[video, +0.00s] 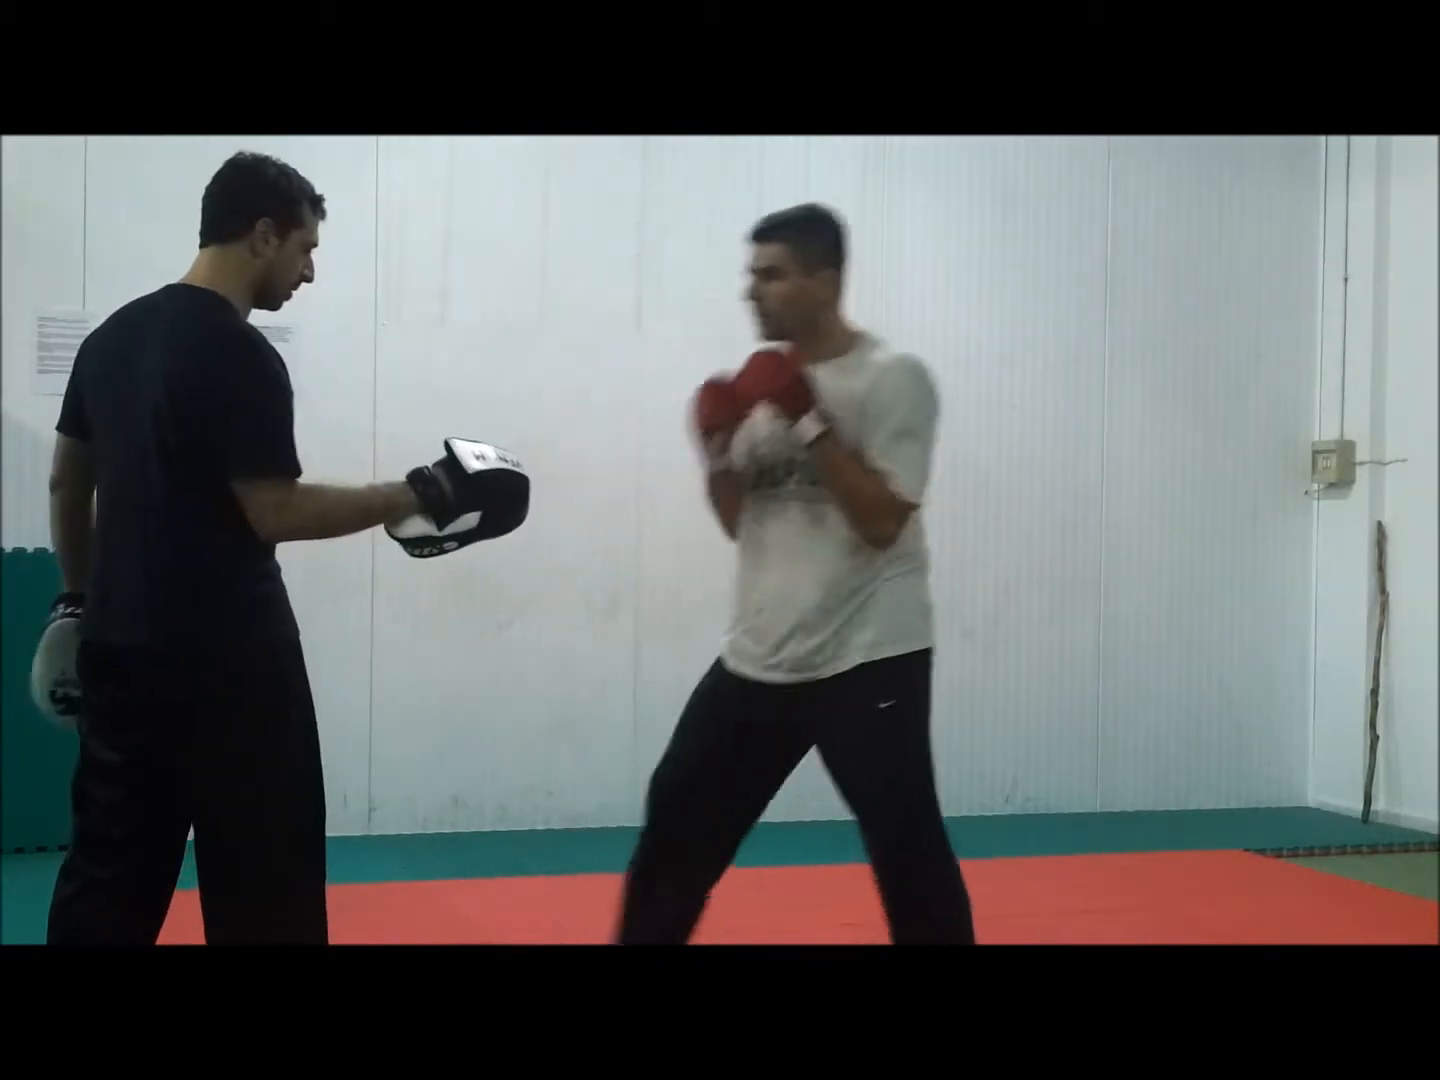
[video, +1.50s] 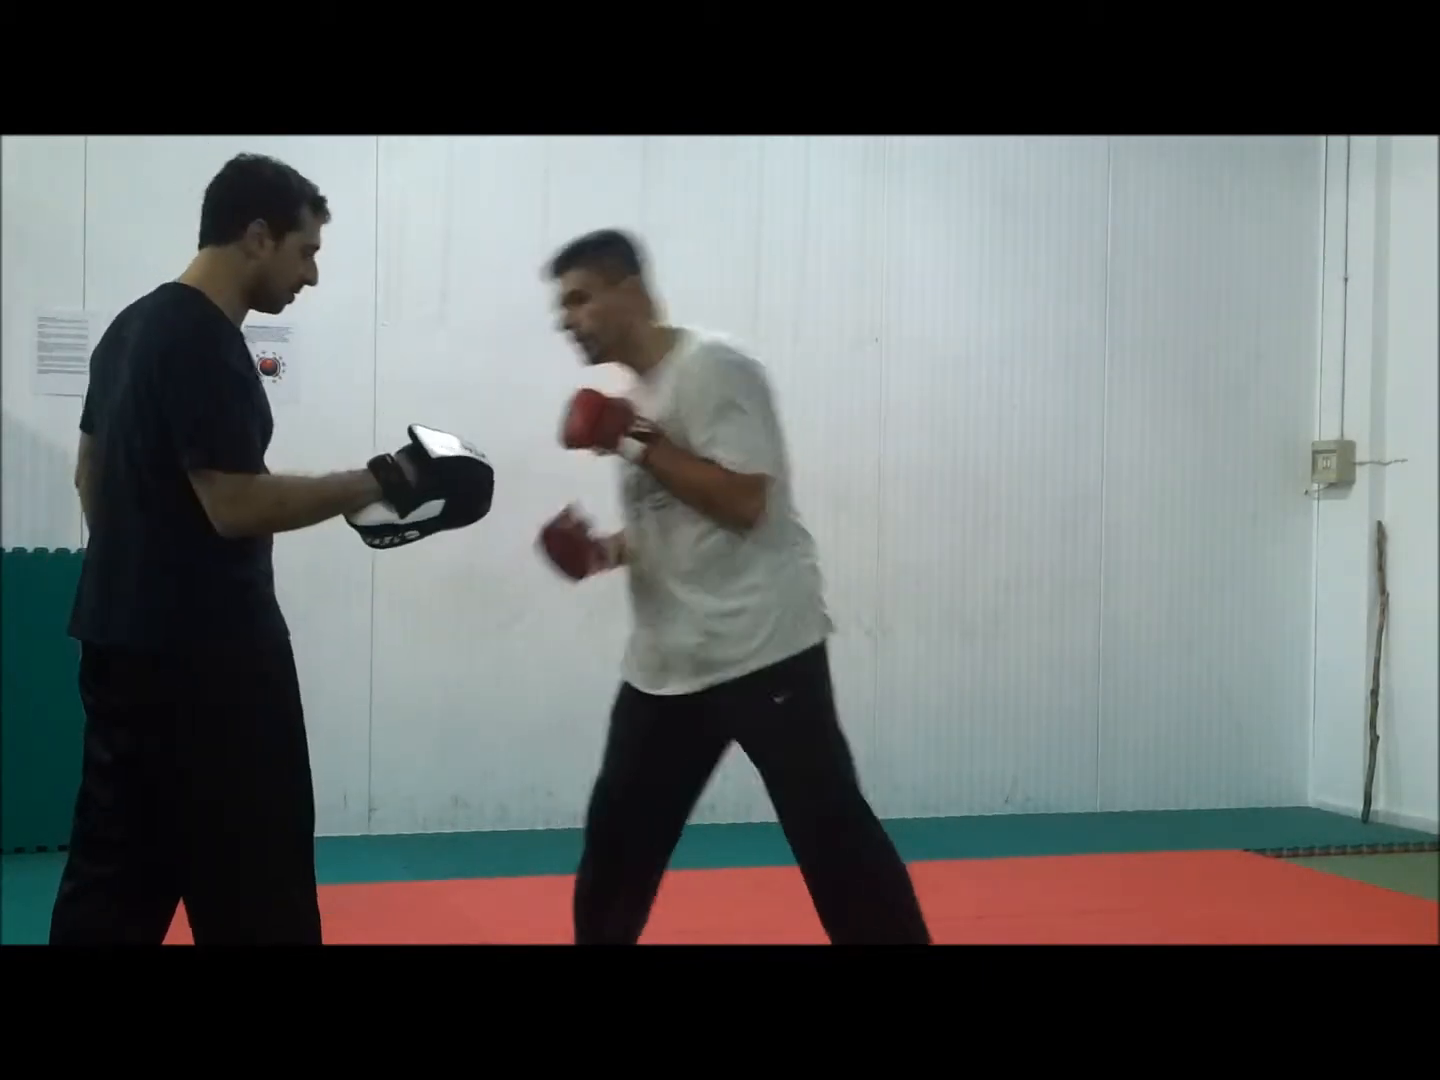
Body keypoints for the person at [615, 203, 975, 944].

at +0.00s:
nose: (751, 291)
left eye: (769, 274)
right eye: (750, 276)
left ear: (826, 278)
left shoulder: (894, 379)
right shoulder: (760, 385)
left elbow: (884, 522)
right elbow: (739, 524)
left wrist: (808, 417)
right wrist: (717, 446)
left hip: (870, 657)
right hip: (762, 656)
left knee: (909, 851)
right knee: (678, 823)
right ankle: (641, 943)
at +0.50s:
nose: (723, 307)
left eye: (737, 289)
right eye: (721, 292)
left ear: (791, 287)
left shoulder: (862, 377)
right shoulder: (772, 398)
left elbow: (841, 528)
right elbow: (760, 532)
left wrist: (768, 432)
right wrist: (710, 452)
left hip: (867, 660)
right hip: (776, 658)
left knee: (904, 855)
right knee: (690, 829)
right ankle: (656, 947)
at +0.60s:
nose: (668, 339)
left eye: (679, 319)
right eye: (664, 324)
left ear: (730, 312)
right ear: (728, 320)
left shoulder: (763, 386)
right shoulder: (767, 387)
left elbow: (758, 529)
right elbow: (755, 527)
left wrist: (687, 470)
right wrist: (676, 486)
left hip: (818, 666)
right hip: (753, 664)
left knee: (865, 849)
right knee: (673, 844)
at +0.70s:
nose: (628, 367)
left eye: (637, 346)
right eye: (623, 354)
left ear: (687, 333)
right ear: (692, 342)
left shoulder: (702, 402)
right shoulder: (754, 400)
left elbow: (714, 545)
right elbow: (745, 536)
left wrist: (652, 513)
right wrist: (655, 517)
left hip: (784, 672)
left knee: (840, 863)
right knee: (651, 849)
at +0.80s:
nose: (574, 362)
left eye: (584, 341)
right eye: (567, 349)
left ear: (636, 328)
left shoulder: (710, 383)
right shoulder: (645, 434)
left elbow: (720, 516)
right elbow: (708, 577)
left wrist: (635, 458)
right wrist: (648, 623)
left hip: (785, 659)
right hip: (688, 670)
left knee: (848, 856)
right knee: (611, 846)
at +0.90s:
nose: (563, 341)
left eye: (569, 318)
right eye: (551, 336)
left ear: (615, 303)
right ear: (557, 354)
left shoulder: (721, 363)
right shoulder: (581, 438)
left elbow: (776, 459)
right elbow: (636, 546)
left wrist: (691, 397)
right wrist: (572, 621)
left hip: (791, 647)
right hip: (678, 676)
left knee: (871, 837)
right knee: (622, 878)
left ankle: (918, 940)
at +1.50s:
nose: (568, 322)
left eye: (578, 300)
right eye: (562, 308)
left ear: (631, 290)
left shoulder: (720, 371)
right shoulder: (631, 404)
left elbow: (745, 501)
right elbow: (670, 530)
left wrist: (635, 434)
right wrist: (601, 551)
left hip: (765, 651)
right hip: (669, 661)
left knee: (835, 839)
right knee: (618, 844)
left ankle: (898, 944)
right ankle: (599, 942)